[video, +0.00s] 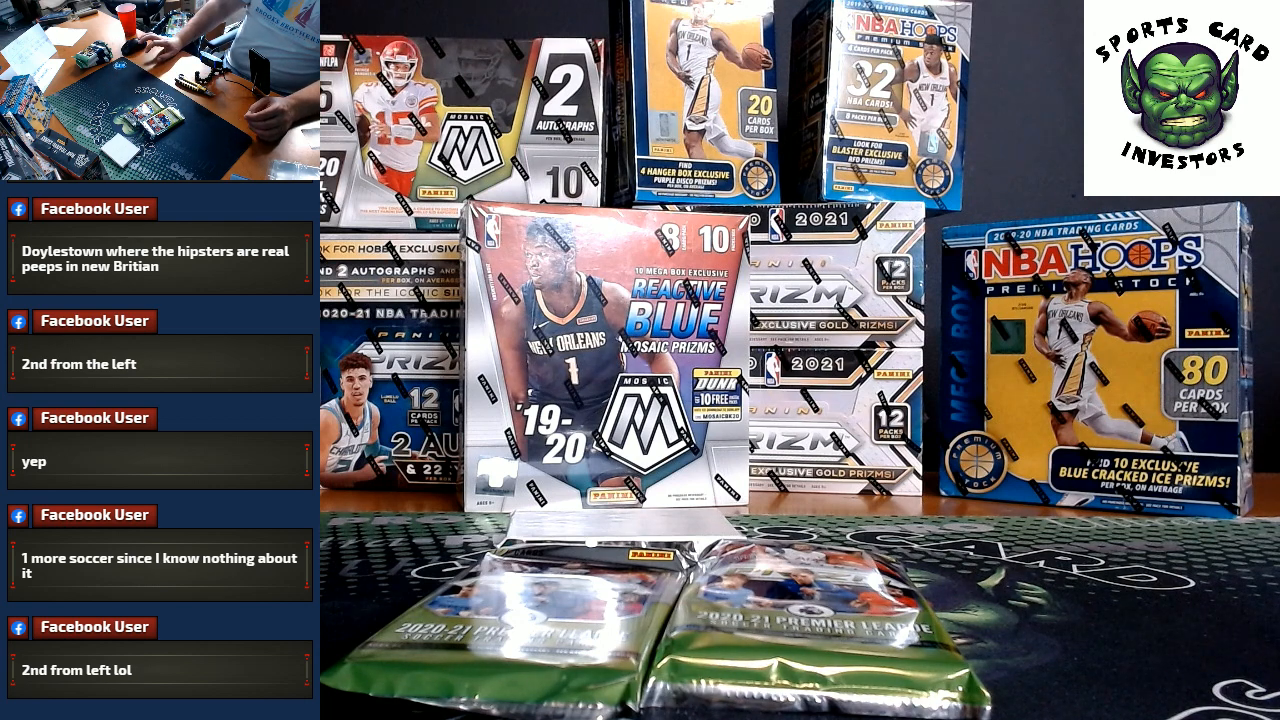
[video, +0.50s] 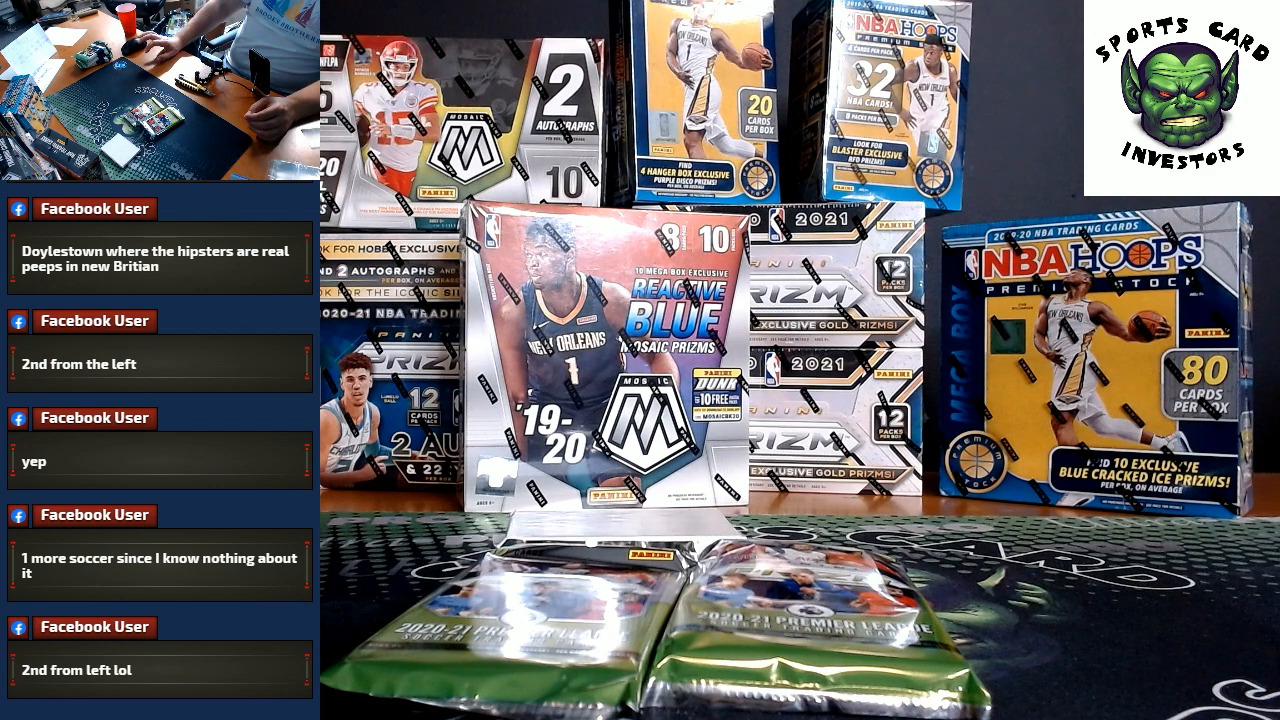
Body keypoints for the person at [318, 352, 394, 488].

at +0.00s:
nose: (356, 385)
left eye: (362, 378)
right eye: (350, 379)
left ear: (370, 382)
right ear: (341, 383)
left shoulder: (372, 413)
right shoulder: (325, 419)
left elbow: (373, 450)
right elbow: (316, 477)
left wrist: (406, 456)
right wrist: (360, 475)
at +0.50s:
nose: (356, 385)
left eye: (362, 378)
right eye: (350, 379)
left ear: (370, 382)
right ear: (341, 384)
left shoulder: (372, 413)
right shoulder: (325, 419)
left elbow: (373, 450)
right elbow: (316, 477)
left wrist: (406, 456)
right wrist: (360, 475)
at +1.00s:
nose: (356, 385)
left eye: (362, 378)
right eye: (350, 379)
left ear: (370, 382)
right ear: (341, 383)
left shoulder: (372, 413)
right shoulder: (325, 419)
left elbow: (373, 450)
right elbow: (317, 477)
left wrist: (406, 456)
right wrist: (360, 475)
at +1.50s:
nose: (356, 385)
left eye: (362, 378)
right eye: (350, 379)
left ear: (370, 382)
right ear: (341, 383)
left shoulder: (372, 413)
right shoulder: (325, 419)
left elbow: (373, 450)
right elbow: (316, 477)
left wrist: (406, 456)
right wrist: (360, 475)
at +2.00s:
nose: (356, 385)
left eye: (362, 378)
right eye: (350, 379)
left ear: (370, 382)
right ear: (341, 383)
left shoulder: (372, 413)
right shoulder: (325, 419)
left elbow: (373, 450)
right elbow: (316, 477)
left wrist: (406, 456)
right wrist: (360, 475)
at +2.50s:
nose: (356, 385)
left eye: (362, 378)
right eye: (350, 379)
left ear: (370, 382)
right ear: (342, 383)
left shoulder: (372, 413)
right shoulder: (325, 419)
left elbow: (374, 450)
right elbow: (321, 475)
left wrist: (407, 455)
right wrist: (360, 475)